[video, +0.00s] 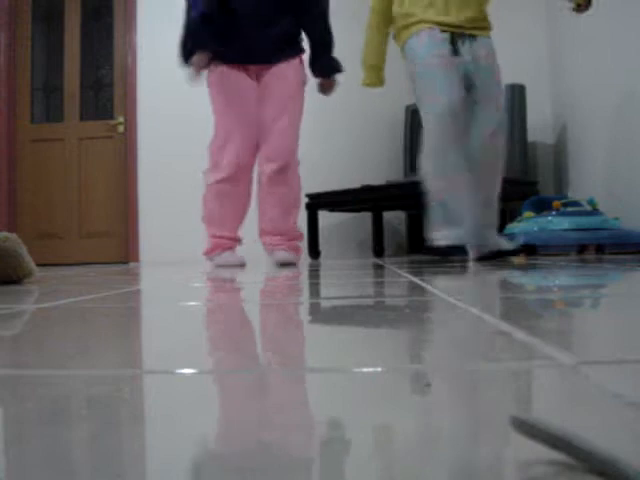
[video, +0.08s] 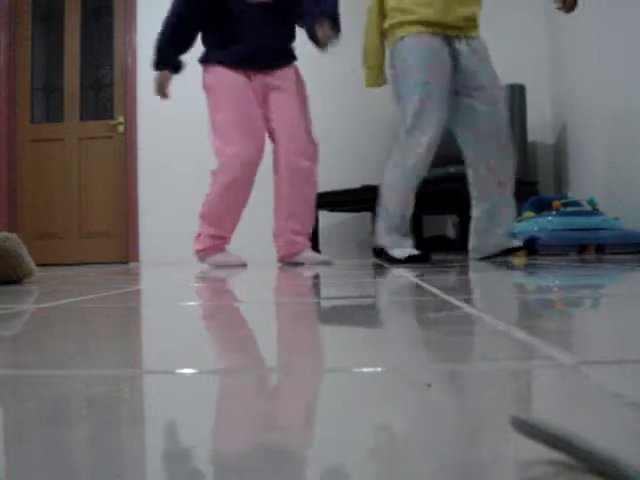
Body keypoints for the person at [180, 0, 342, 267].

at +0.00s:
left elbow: (315, 7)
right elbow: (199, 4)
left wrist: (324, 62)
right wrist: (198, 43)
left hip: (284, 60)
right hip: (229, 60)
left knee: (280, 158)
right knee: (232, 158)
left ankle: (282, 242)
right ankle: (222, 245)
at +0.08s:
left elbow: (309, 3)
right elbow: (186, 9)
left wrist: (322, 21)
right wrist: (165, 61)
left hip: (279, 67)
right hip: (227, 67)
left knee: (299, 154)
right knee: (241, 153)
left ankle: (294, 247)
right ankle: (211, 246)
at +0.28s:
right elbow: (170, 4)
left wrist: (293, 13)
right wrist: (140, 46)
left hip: (258, 60)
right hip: (206, 62)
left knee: (267, 153)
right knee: (209, 155)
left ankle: (282, 240)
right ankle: (208, 242)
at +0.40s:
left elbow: (281, 4)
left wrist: (282, 45)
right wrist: (134, 32)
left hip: (245, 59)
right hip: (192, 62)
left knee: (245, 158)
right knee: (185, 160)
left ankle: (275, 249)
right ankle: (199, 250)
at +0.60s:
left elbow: (258, 12)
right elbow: (147, 11)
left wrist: (266, 68)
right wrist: (132, 16)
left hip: (227, 58)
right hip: (175, 61)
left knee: (229, 149)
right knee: (172, 155)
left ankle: (251, 241)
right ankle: (188, 245)